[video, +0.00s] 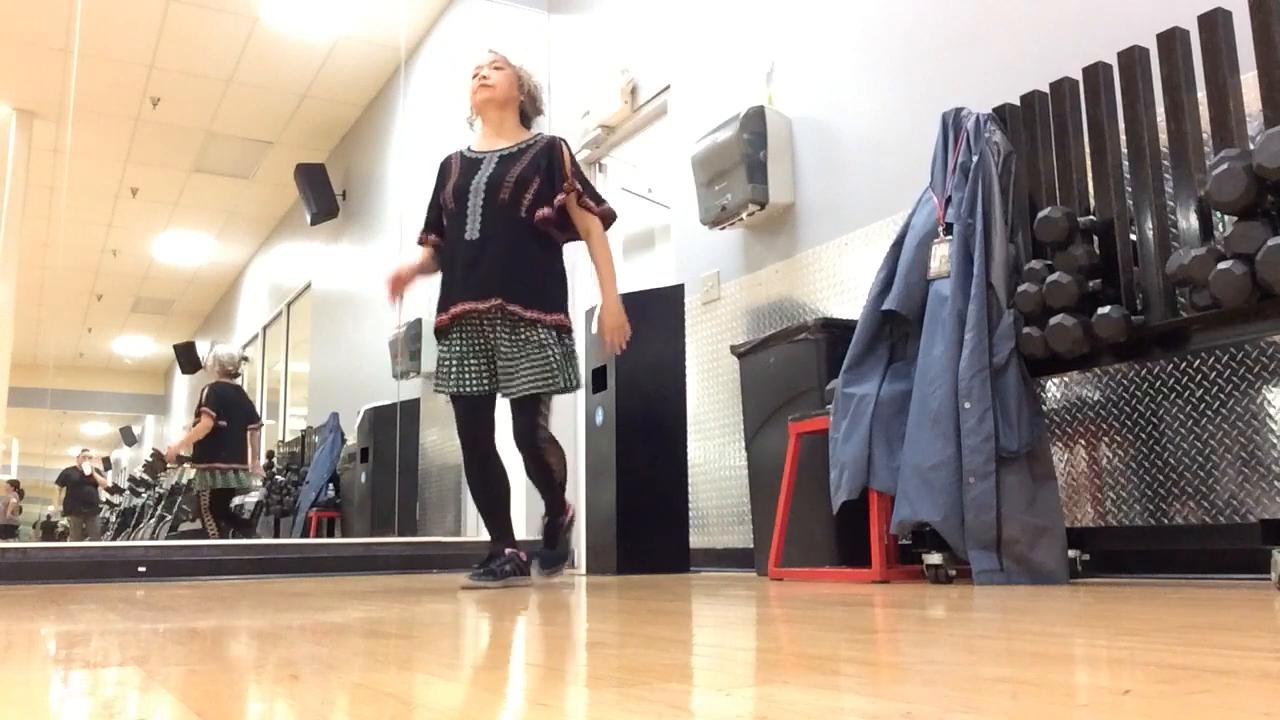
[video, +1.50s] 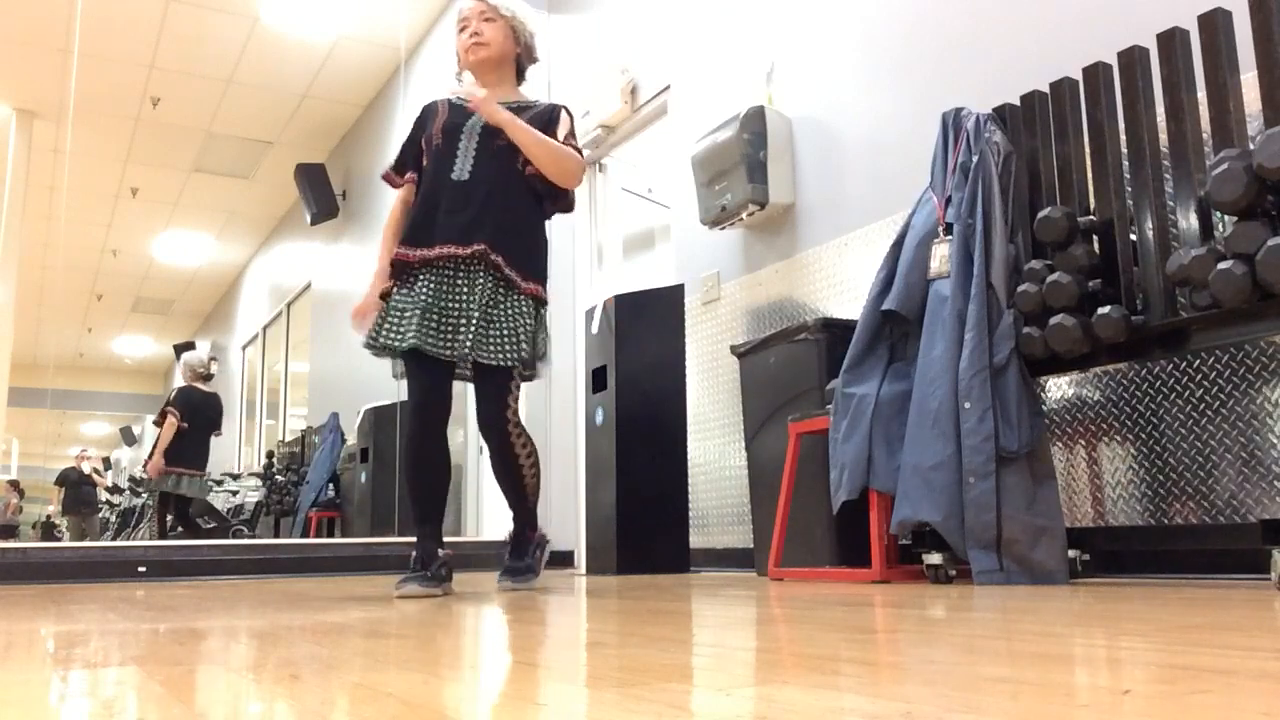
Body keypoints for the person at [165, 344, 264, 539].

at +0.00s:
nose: (209, 368)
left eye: (211, 364)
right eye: (210, 364)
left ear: (215, 366)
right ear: (235, 367)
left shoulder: (212, 390)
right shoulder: (241, 393)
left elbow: (206, 424)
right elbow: (254, 427)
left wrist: (177, 447)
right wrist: (255, 462)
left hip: (212, 466)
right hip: (237, 467)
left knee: (207, 511)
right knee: (221, 509)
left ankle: (218, 555)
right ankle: (247, 528)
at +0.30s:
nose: (206, 363)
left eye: (208, 360)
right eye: (208, 359)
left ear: (213, 364)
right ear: (232, 366)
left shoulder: (205, 387)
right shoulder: (237, 390)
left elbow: (187, 420)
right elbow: (252, 421)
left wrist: (175, 417)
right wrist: (238, 443)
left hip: (209, 461)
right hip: (235, 460)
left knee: (210, 509)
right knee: (214, 507)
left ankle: (220, 552)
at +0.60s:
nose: (205, 364)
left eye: (207, 362)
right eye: (207, 361)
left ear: (210, 366)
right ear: (230, 368)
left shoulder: (200, 389)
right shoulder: (232, 391)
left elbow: (181, 424)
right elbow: (248, 423)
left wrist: (181, 416)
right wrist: (227, 425)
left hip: (203, 463)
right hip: (228, 464)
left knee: (207, 511)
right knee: (216, 509)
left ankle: (219, 553)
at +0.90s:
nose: (199, 369)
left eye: (201, 366)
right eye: (201, 366)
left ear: (205, 369)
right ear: (224, 371)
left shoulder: (196, 392)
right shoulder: (227, 393)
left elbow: (184, 426)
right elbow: (241, 426)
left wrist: (175, 457)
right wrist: (221, 439)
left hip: (194, 465)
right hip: (221, 465)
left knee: (179, 507)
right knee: (211, 511)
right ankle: (211, 552)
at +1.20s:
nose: (188, 371)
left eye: (190, 367)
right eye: (190, 367)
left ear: (195, 369)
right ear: (213, 371)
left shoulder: (187, 389)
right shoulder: (220, 393)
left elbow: (178, 413)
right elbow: (231, 427)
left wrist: (173, 445)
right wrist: (210, 434)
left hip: (187, 462)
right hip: (214, 463)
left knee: (171, 506)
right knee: (205, 506)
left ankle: (165, 548)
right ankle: (212, 548)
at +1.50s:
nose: (181, 372)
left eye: (182, 369)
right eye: (181, 369)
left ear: (188, 371)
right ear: (204, 371)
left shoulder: (182, 393)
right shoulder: (214, 398)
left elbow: (171, 423)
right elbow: (216, 432)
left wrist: (158, 454)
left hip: (171, 467)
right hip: (195, 470)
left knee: (160, 512)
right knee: (182, 514)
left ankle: (160, 554)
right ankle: (204, 545)